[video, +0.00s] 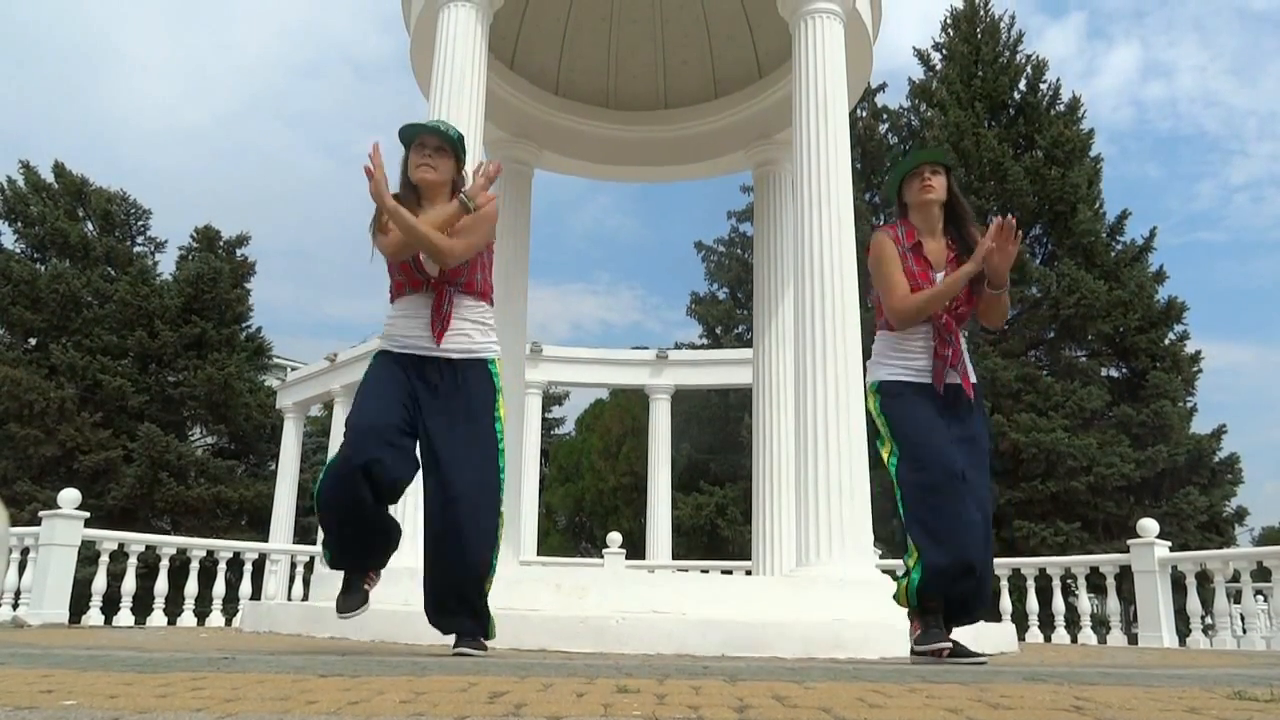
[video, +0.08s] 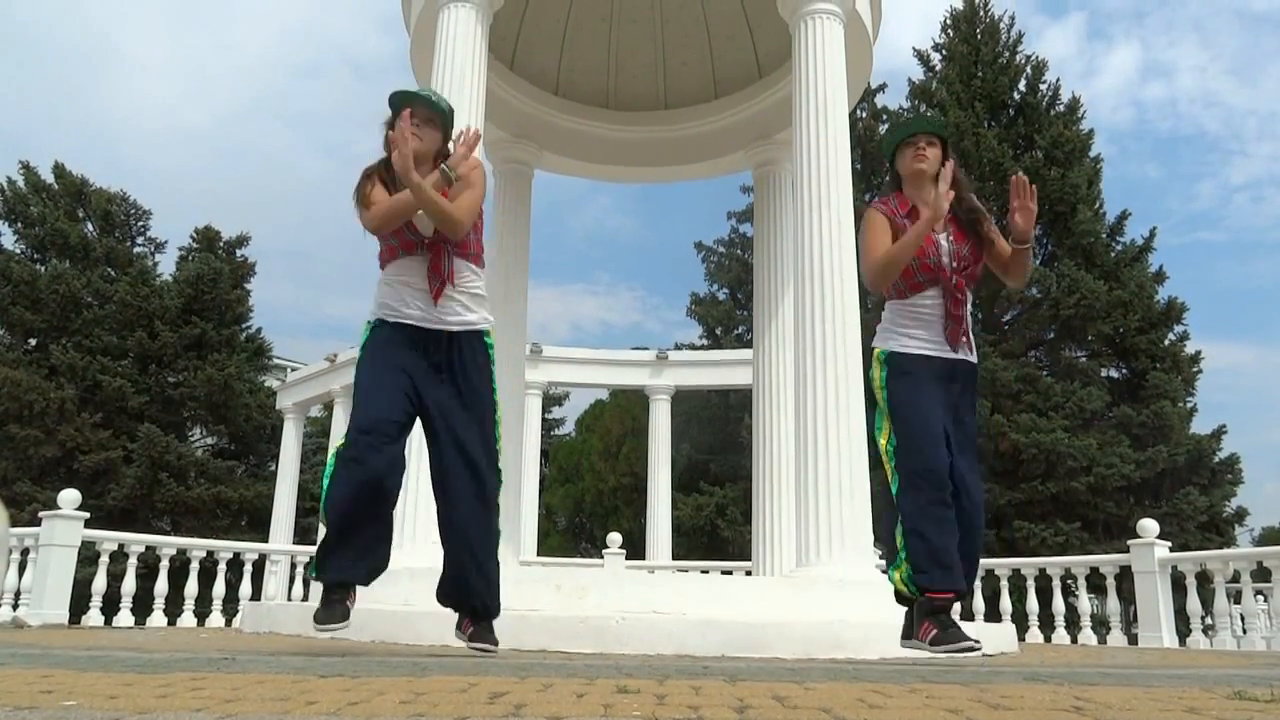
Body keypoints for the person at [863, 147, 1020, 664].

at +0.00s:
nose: (927, 177)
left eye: (936, 172)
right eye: (917, 173)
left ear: (949, 190)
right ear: (902, 193)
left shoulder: (965, 243)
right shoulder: (887, 240)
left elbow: (993, 320)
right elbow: (899, 311)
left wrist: (999, 275)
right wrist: (971, 268)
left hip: (955, 383)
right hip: (900, 381)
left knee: (969, 489)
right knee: (938, 482)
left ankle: (938, 627)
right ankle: (926, 622)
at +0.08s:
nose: (921, 148)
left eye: (930, 143)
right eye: (911, 144)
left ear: (948, 162)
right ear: (895, 163)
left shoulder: (969, 213)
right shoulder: (883, 211)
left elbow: (1014, 276)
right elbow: (876, 278)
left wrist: (1021, 237)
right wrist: (926, 222)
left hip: (958, 363)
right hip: (905, 359)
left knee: (963, 481)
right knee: (927, 475)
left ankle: (935, 610)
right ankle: (931, 613)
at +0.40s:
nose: (944, 148)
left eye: (954, 143)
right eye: (933, 143)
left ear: (965, 162)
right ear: (916, 160)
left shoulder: (970, 219)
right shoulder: (906, 202)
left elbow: (998, 299)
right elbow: (912, 278)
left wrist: (1019, 251)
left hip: (933, 365)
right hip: (891, 360)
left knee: (910, 488)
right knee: (934, 484)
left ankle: (884, 612)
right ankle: (922, 628)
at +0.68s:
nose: (938, 192)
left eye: (948, 187)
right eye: (930, 185)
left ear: (958, 203)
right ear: (913, 194)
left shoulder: (951, 264)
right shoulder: (892, 241)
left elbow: (967, 335)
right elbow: (867, 300)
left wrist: (1009, 305)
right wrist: (911, 234)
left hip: (917, 400)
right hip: (882, 391)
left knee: (897, 505)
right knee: (940, 483)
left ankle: (884, 633)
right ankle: (920, 632)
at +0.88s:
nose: (927, 203)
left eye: (937, 199)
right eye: (918, 197)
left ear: (945, 216)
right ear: (901, 206)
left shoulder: (937, 266)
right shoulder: (887, 236)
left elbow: (964, 337)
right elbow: (874, 287)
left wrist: (983, 297)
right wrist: (954, 266)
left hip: (909, 375)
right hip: (884, 368)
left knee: (895, 499)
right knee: (928, 483)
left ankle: (884, 631)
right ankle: (922, 632)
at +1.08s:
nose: (921, 226)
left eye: (930, 221)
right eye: (912, 220)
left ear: (940, 233)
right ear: (894, 228)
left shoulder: (927, 291)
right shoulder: (879, 255)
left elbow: (952, 359)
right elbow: (844, 300)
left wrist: (980, 329)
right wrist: (912, 269)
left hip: (911, 395)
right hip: (879, 387)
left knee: (936, 502)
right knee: (922, 495)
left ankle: (886, 635)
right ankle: (914, 635)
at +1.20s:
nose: (921, 238)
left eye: (930, 234)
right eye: (913, 232)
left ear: (940, 249)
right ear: (895, 240)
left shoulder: (926, 310)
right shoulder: (877, 274)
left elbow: (930, 385)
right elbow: (822, 323)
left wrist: (969, 360)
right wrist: (876, 280)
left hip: (913, 419)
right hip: (876, 407)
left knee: (944, 517)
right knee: (931, 502)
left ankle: (886, 639)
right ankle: (918, 639)